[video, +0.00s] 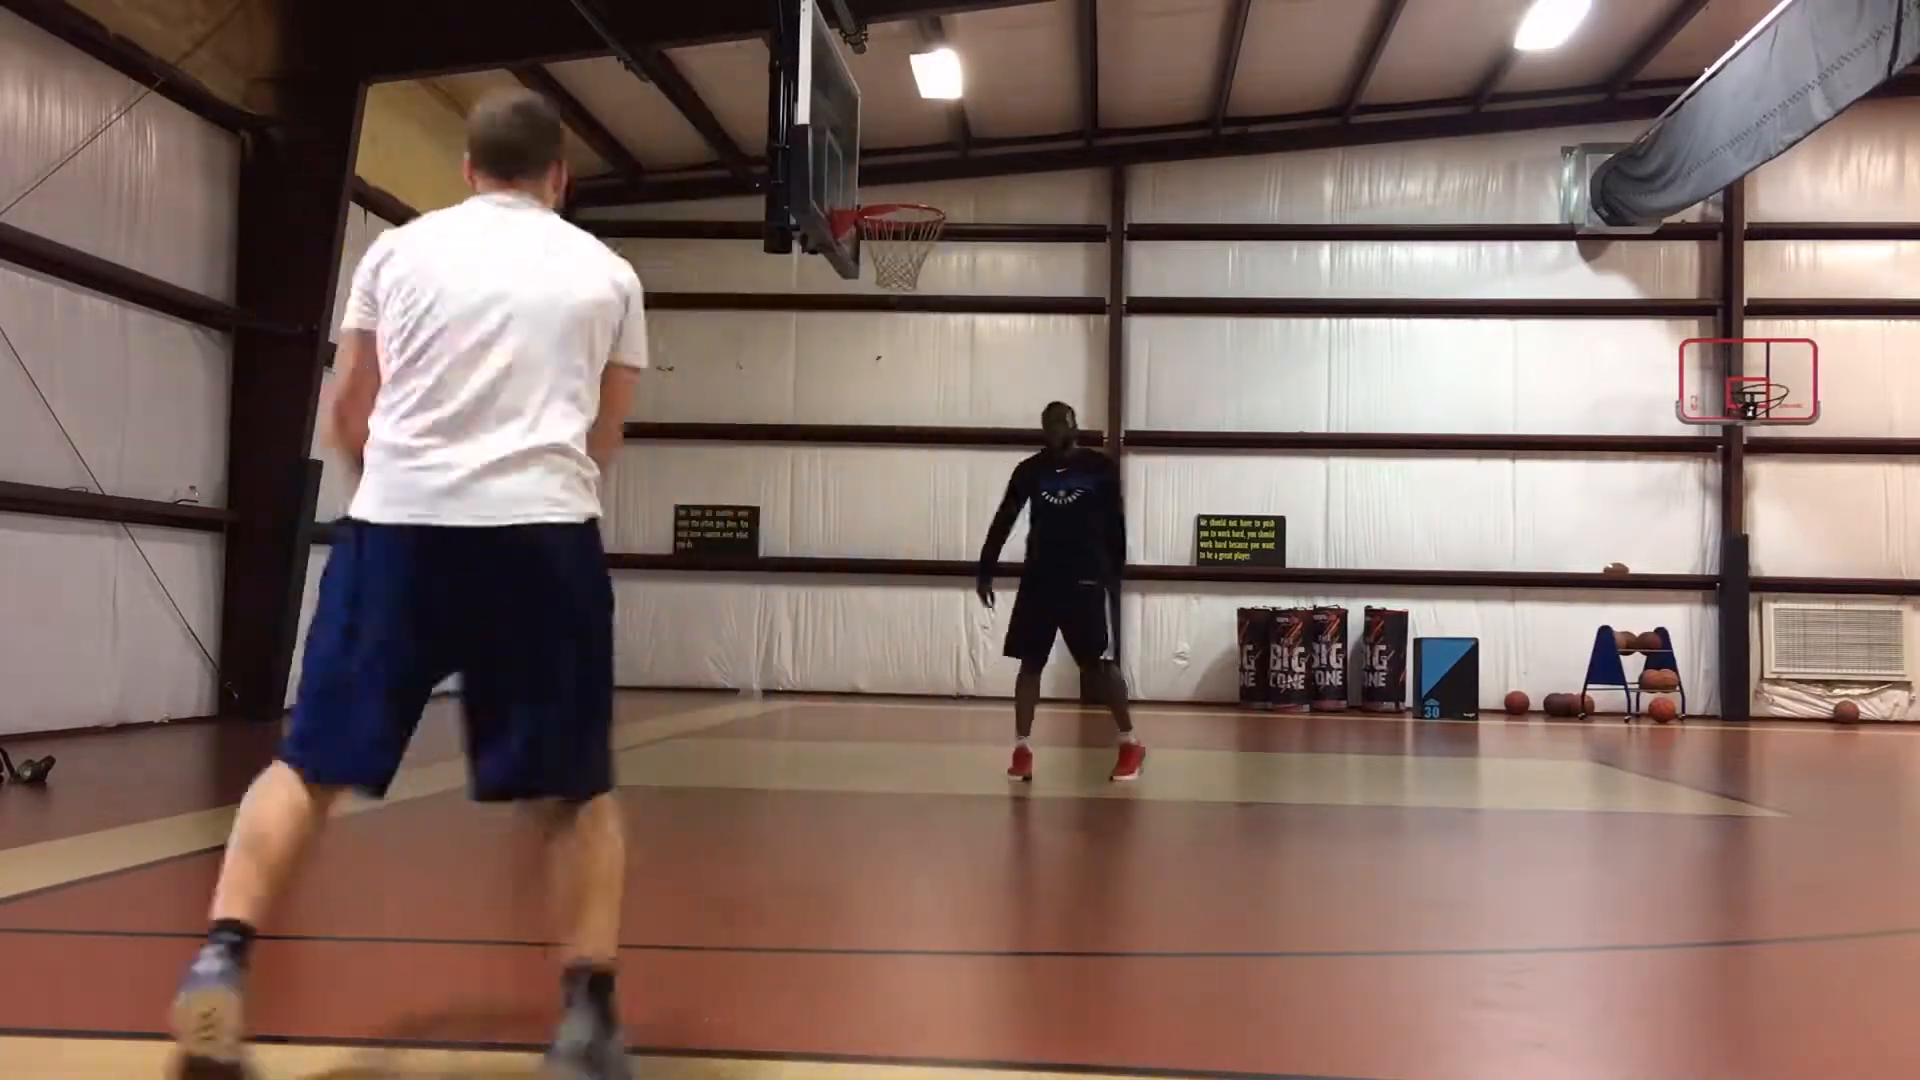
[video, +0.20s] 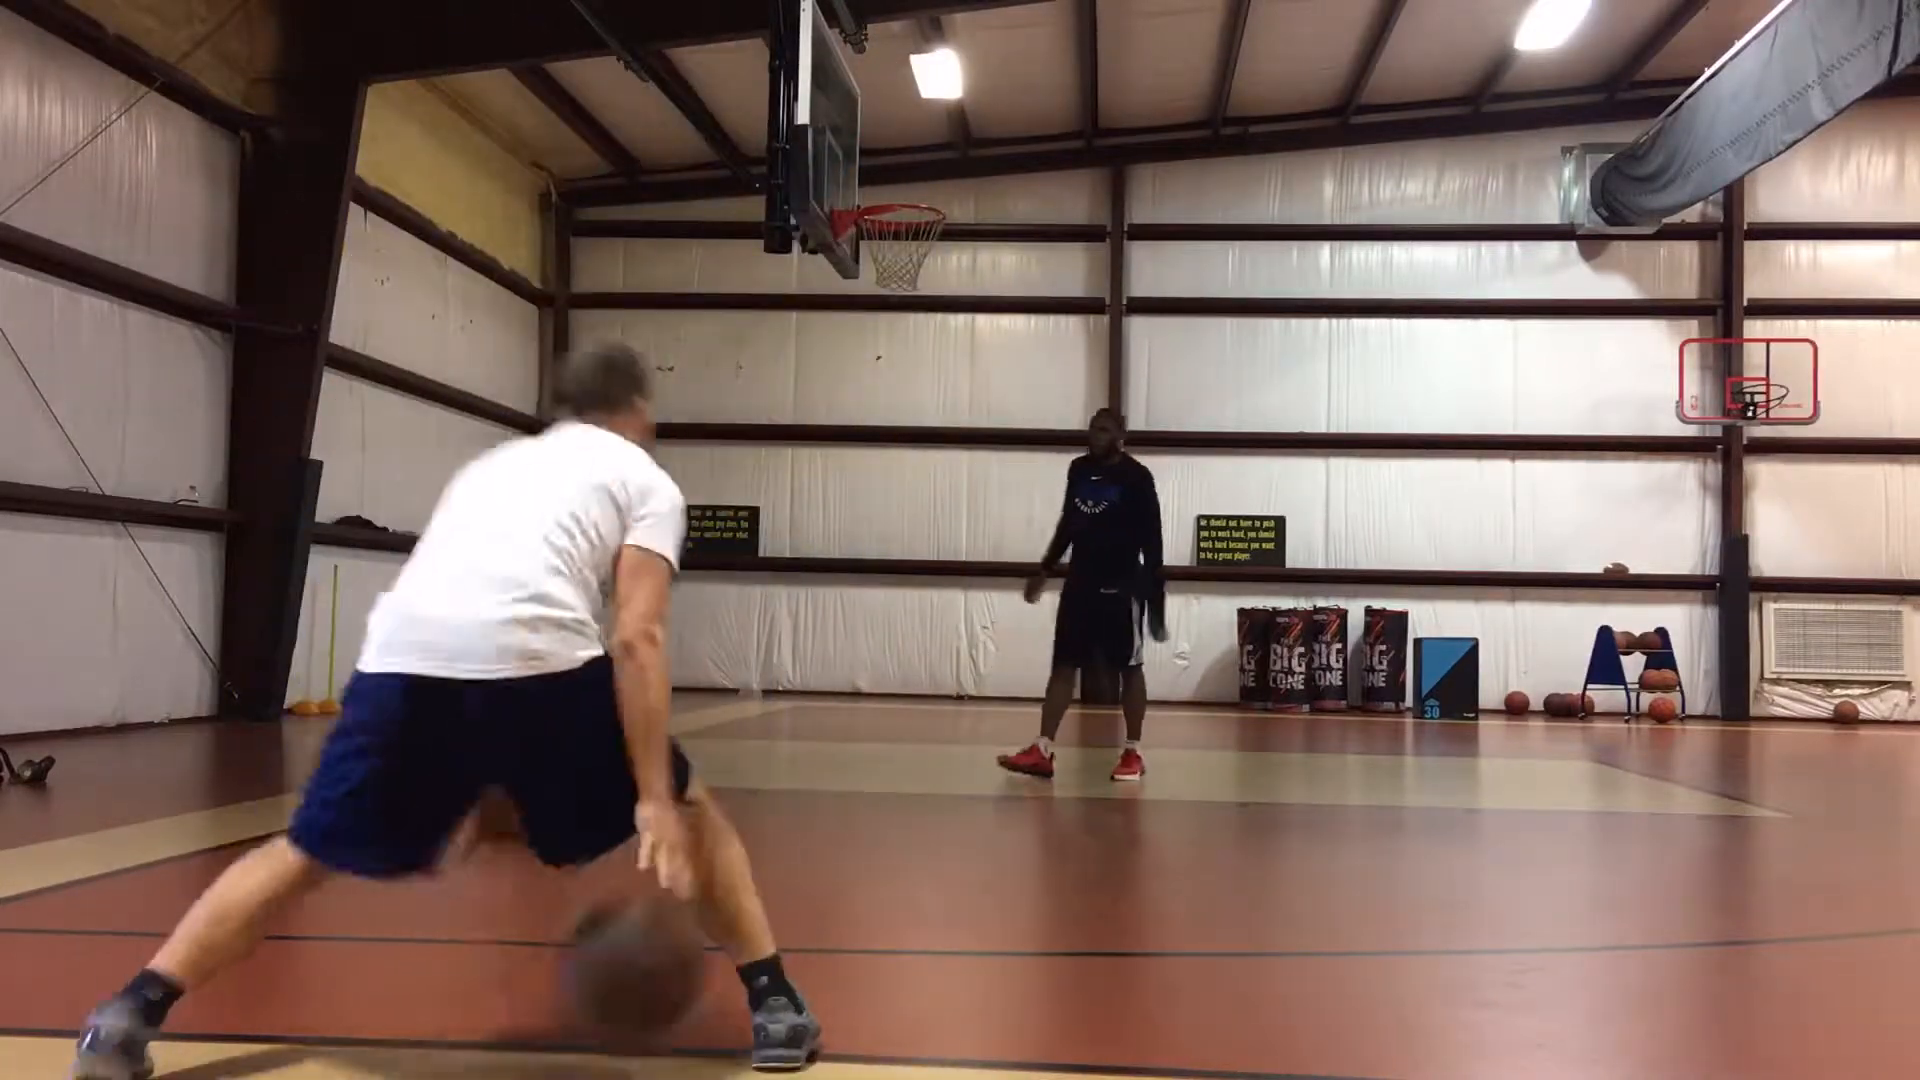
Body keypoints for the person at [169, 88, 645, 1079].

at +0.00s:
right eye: (567, 175)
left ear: (464, 173)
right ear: (560, 177)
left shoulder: (396, 252)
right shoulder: (608, 275)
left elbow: (347, 421)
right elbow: (605, 441)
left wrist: (410, 490)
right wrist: (534, 499)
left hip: (396, 537)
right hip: (545, 544)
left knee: (307, 761)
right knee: (582, 785)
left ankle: (219, 964)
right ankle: (588, 1015)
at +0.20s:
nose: (650, 433)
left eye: (643, 420)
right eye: (649, 421)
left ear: (560, 408)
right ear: (639, 415)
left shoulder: (486, 466)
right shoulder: (644, 478)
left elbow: (454, 617)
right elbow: (636, 637)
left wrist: (487, 788)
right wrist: (656, 798)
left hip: (402, 668)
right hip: (543, 665)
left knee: (300, 851)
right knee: (687, 804)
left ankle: (133, 1011)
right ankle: (775, 1001)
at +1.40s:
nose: (565, 318)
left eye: (559, 306)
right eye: (564, 307)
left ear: (481, 312)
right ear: (553, 314)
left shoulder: (440, 372)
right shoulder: (564, 382)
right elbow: (657, 475)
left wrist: (553, 361)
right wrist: (667, 375)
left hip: (361, 613)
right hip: (466, 616)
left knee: (417, 814)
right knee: (539, 813)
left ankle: (309, 960)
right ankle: (483, 978)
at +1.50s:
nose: (568, 228)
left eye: (561, 218)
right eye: (563, 213)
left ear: (480, 219)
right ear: (553, 223)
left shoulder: (450, 285)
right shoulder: (559, 294)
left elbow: (509, 236)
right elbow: (676, 286)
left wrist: (552, 168)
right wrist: (631, 188)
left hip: (399, 545)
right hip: (499, 545)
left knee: (399, 761)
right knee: (540, 760)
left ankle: (315, 947)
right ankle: (495, 957)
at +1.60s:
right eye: (556, 118)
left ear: (485, 137)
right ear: (556, 133)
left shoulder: (468, 196)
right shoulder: (572, 197)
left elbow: (515, 128)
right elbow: (657, 111)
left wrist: (544, 49)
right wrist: (648, 26)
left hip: (437, 448)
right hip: (534, 452)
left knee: (410, 670)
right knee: (542, 674)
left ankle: (352, 874)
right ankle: (537, 874)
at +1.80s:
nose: (572, 95)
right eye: (570, 88)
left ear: (499, 102)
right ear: (571, 98)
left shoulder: (487, 155)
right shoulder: (591, 161)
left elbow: (530, 84)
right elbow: (660, 75)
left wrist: (561, 14)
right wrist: (630, 9)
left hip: (475, 417)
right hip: (566, 423)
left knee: (478, 628)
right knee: (579, 636)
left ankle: (430, 823)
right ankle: (578, 841)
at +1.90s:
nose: (587, 141)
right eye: (582, 133)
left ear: (514, 154)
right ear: (581, 150)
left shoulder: (498, 211)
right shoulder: (602, 218)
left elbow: (531, 133)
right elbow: (672, 141)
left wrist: (555, 65)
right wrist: (646, 62)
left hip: (490, 472)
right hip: (579, 479)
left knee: (503, 678)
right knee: (590, 695)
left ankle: (482, 870)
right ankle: (602, 895)